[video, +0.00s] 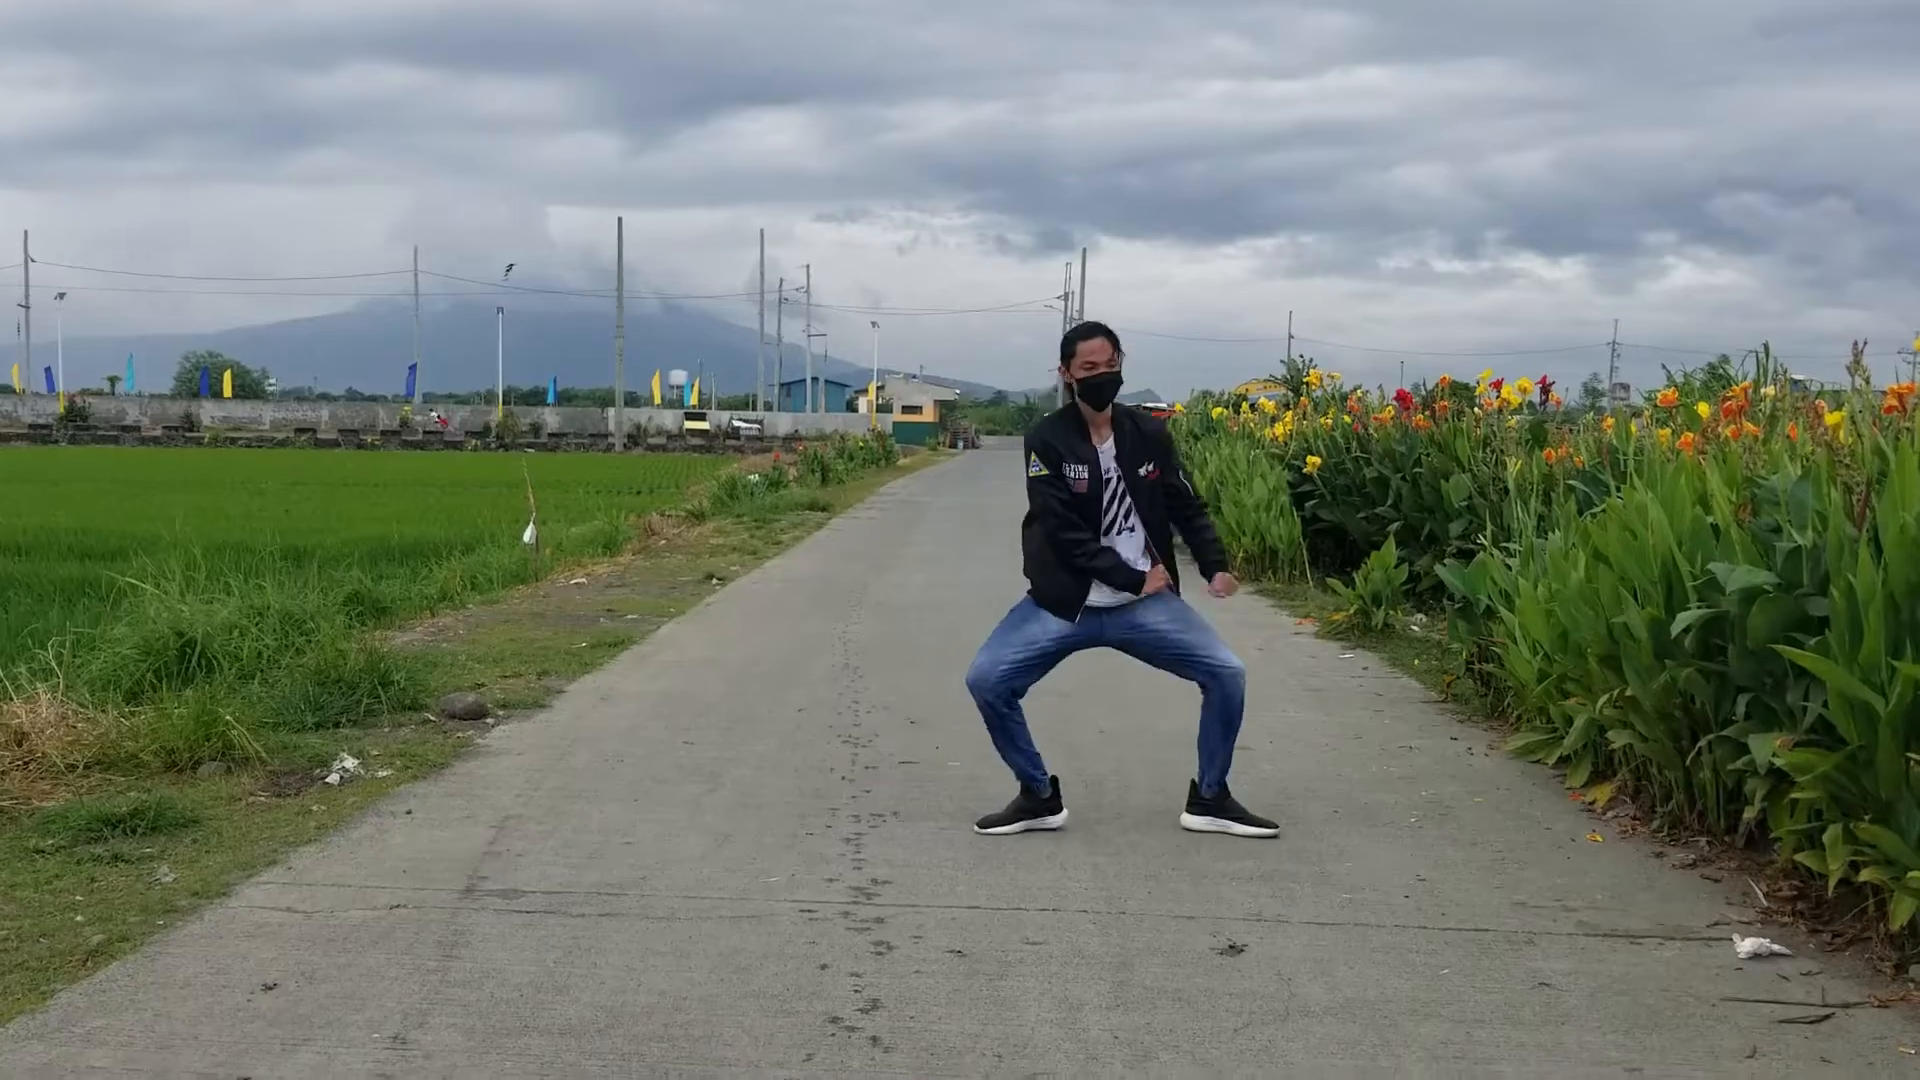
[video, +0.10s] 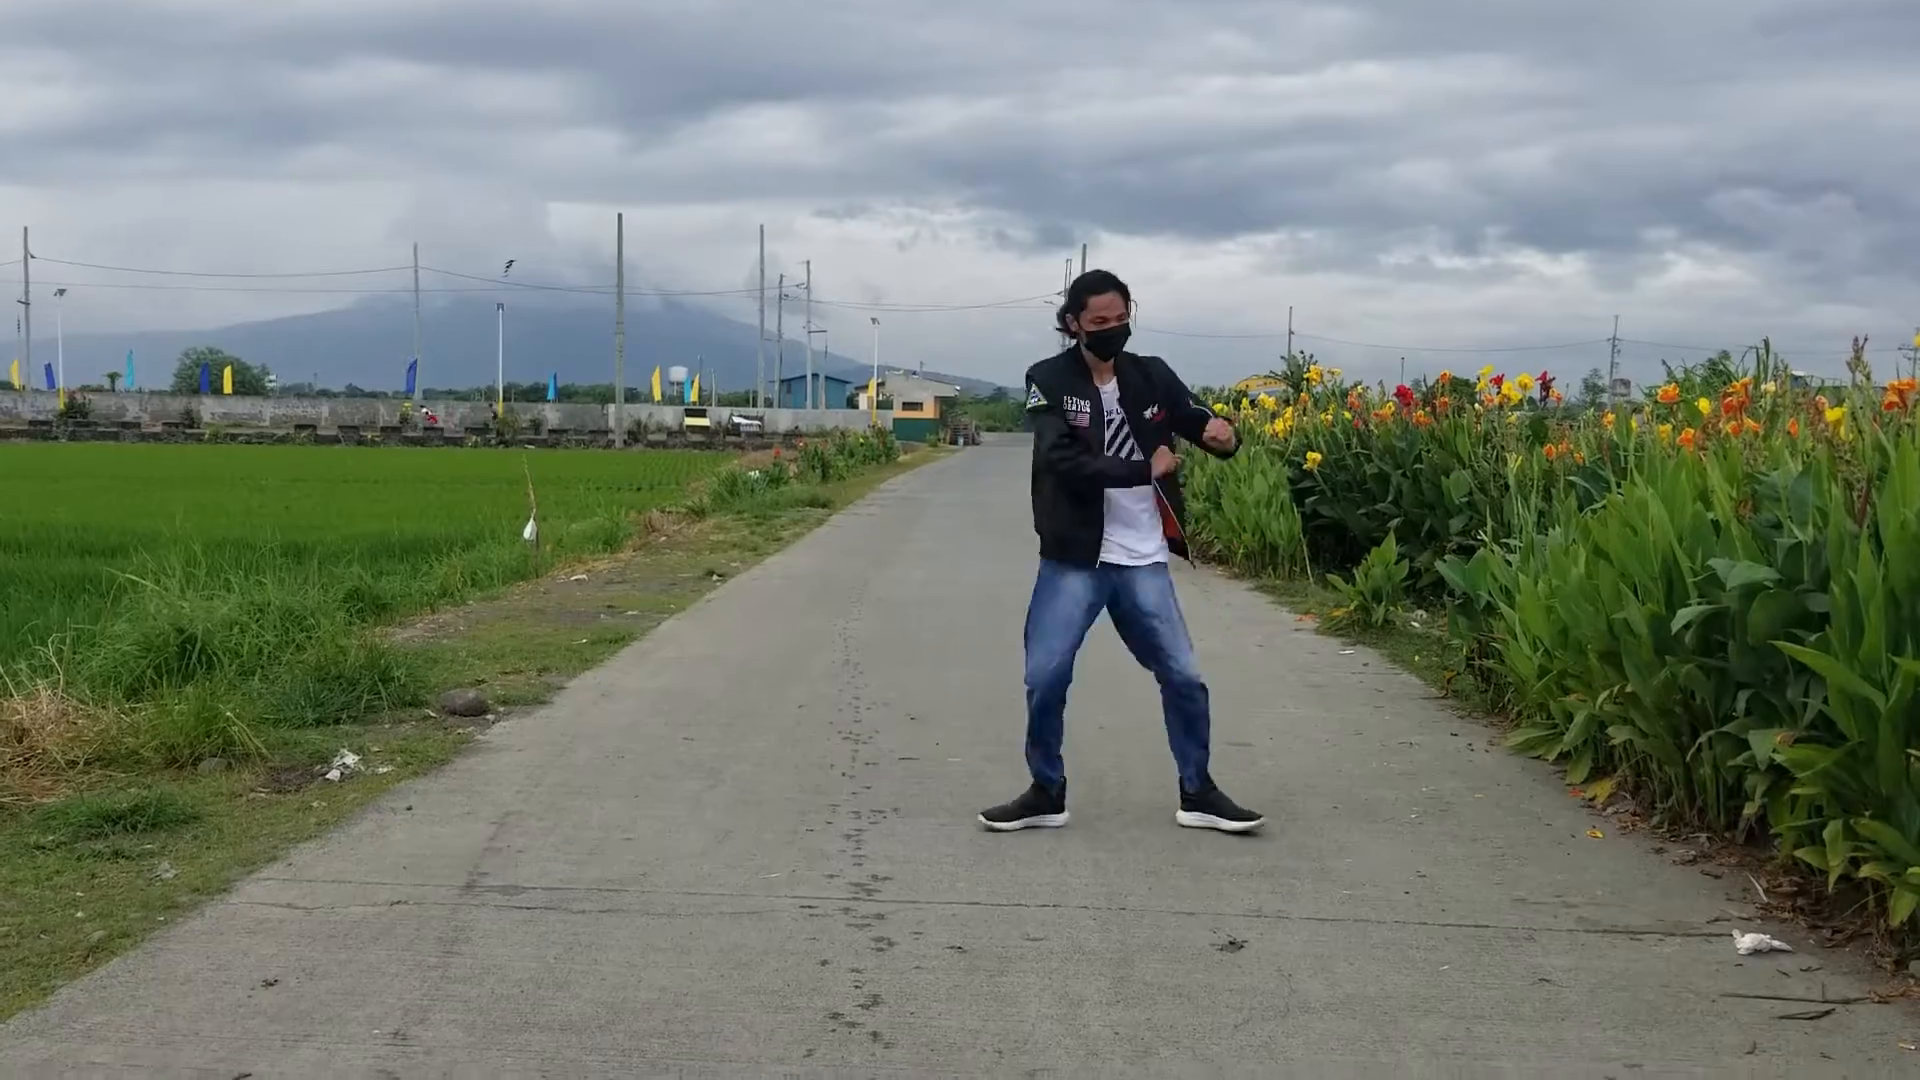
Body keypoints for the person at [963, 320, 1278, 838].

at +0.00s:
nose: (1101, 376)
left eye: (1109, 365)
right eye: (1088, 368)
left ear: (1120, 367)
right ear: (1066, 373)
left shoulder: (1148, 431)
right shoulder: (1048, 438)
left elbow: (1183, 503)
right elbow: (1060, 533)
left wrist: (1215, 564)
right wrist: (1134, 577)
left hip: (1141, 601)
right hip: (1061, 604)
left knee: (1227, 672)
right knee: (986, 680)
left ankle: (1209, 796)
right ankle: (1039, 795)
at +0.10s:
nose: (1110, 334)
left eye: (1118, 322)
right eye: (1098, 323)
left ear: (1129, 318)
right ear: (1073, 321)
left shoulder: (1150, 374)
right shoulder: (1050, 379)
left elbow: (1198, 422)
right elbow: (1064, 463)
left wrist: (1222, 436)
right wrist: (1146, 469)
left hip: (1143, 559)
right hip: (1073, 558)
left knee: (1184, 674)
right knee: (1043, 674)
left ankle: (1197, 791)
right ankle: (1047, 791)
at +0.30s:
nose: (1116, 305)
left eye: (1125, 294)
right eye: (1105, 296)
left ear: (1136, 293)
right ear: (1082, 297)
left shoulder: (1163, 345)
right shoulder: (1059, 355)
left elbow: (1244, 344)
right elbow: (1011, 343)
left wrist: (1201, 287)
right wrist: (1082, 321)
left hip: (1147, 527)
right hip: (1083, 526)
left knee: (1145, 666)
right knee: (1087, 666)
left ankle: (1150, 786)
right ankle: (1057, 788)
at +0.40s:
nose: (1126, 320)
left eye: (1135, 309)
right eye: (1114, 310)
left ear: (1145, 302)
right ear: (1090, 304)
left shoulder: (1168, 360)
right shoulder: (1066, 352)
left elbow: (1228, 414)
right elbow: (1034, 377)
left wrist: (1203, 343)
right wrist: (1111, 354)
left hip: (1145, 540)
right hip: (1078, 536)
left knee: (1179, 659)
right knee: (1067, 664)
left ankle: (1173, 777)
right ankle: (1051, 786)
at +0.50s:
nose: (1137, 376)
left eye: (1146, 367)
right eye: (1128, 368)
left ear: (1158, 350)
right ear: (1106, 351)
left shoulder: (1171, 402)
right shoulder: (1067, 391)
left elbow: (1179, 484)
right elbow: (1050, 475)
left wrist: (1196, 491)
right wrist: (1131, 499)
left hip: (1143, 576)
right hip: (1069, 575)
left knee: (1212, 666)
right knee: (1013, 676)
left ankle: (1214, 789)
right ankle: (1043, 790)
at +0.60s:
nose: (1137, 395)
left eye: (1147, 386)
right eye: (1127, 386)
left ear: (1162, 378)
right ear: (1108, 377)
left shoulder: (1176, 432)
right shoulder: (1074, 428)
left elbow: (1188, 509)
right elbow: (1056, 530)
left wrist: (1201, 559)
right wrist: (1121, 583)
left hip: (1146, 596)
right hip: (1071, 595)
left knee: (1236, 662)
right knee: (998, 676)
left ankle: (1217, 788)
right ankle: (1043, 788)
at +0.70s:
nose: (1136, 365)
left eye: (1146, 355)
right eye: (1126, 356)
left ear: (1160, 345)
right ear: (1105, 343)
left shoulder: (1173, 397)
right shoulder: (1067, 392)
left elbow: (1192, 472)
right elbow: (1040, 482)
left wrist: (1198, 513)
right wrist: (1102, 516)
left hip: (1148, 568)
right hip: (1075, 564)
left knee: (1208, 669)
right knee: (1034, 673)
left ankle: (1212, 788)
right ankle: (1045, 787)